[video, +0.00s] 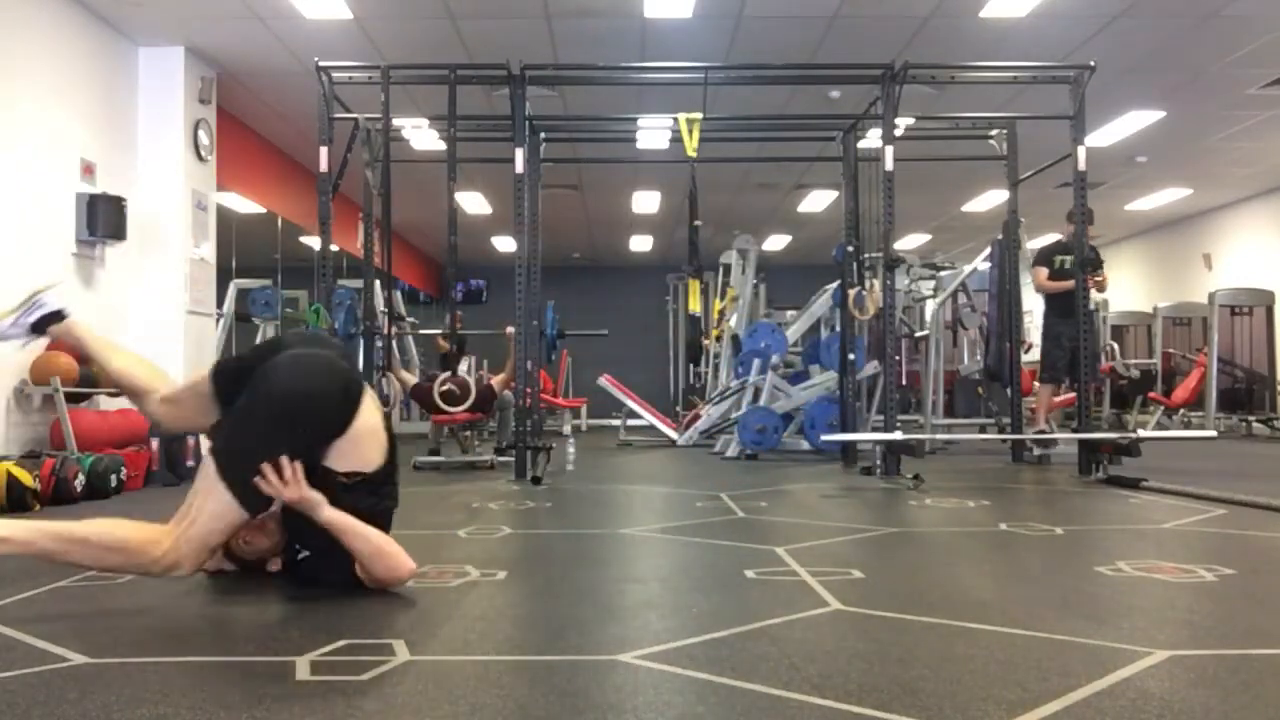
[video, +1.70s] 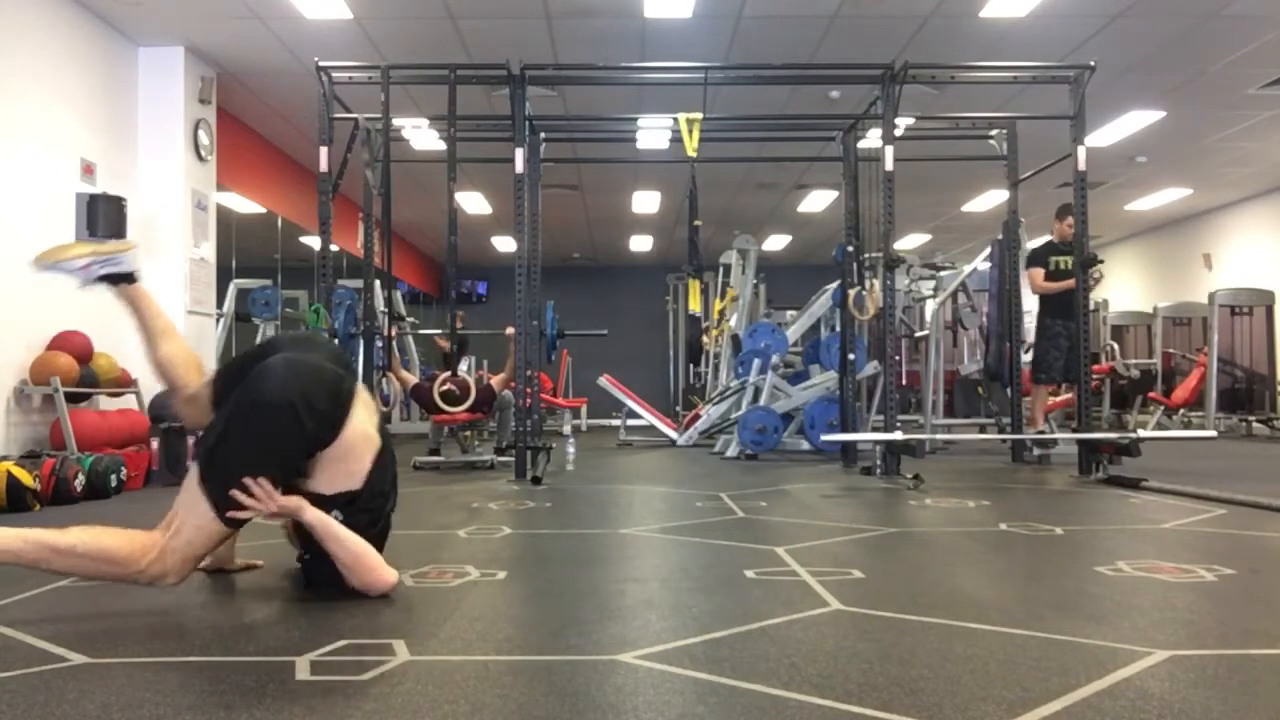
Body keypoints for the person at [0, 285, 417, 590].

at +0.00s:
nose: (244, 532)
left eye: (241, 531)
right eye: (246, 545)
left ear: (251, 518)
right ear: (265, 564)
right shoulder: (318, 561)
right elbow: (402, 569)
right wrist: (316, 507)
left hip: (308, 353)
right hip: (319, 387)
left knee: (166, 405)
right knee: (176, 551)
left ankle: (59, 323)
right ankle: (7, 532)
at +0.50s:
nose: (296, 551)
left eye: (301, 557)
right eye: (308, 557)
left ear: (298, 556)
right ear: (331, 559)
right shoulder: (347, 552)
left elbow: (214, 448)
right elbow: (392, 579)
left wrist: (220, 551)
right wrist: (297, 521)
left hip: (252, 356)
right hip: (270, 389)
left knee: (134, 435)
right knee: (162, 577)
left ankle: (41, 319)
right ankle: (5, 541)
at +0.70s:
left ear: (320, 561)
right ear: (353, 551)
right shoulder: (353, 546)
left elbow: (221, 448)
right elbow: (388, 580)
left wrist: (219, 546)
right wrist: (297, 515)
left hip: (256, 355)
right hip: (271, 393)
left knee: (135, 434)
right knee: (165, 581)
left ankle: (51, 314)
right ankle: (5, 542)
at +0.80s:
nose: (377, 552)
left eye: (380, 544)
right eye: (382, 545)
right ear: (381, 536)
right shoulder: (353, 530)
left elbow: (221, 452)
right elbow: (384, 582)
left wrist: (219, 550)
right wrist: (294, 516)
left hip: (257, 355)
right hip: (265, 396)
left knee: (133, 433)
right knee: (163, 583)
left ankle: (51, 313)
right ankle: (5, 543)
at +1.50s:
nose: (374, 560)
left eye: (377, 550)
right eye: (379, 551)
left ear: (364, 509)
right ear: (377, 540)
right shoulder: (351, 529)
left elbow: (229, 455)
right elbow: (376, 581)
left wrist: (220, 551)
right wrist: (290, 516)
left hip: (259, 354)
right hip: (260, 398)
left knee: (146, 429)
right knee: (154, 582)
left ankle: (60, 313)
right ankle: (4, 543)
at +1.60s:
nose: (333, 584)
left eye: (331, 582)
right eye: (339, 583)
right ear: (341, 567)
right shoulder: (348, 533)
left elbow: (238, 464)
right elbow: (379, 580)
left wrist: (221, 556)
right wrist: (292, 515)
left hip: (281, 353)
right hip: (280, 397)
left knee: (170, 419)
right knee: (155, 575)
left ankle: (87, 294)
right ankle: (2, 542)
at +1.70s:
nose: (306, 548)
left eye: (307, 551)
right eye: (311, 550)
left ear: (306, 549)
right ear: (334, 554)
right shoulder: (352, 541)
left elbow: (228, 455)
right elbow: (383, 579)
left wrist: (222, 553)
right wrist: (303, 512)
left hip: (308, 350)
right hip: (306, 393)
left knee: (195, 407)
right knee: (164, 561)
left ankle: (123, 279)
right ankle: (5, 541)